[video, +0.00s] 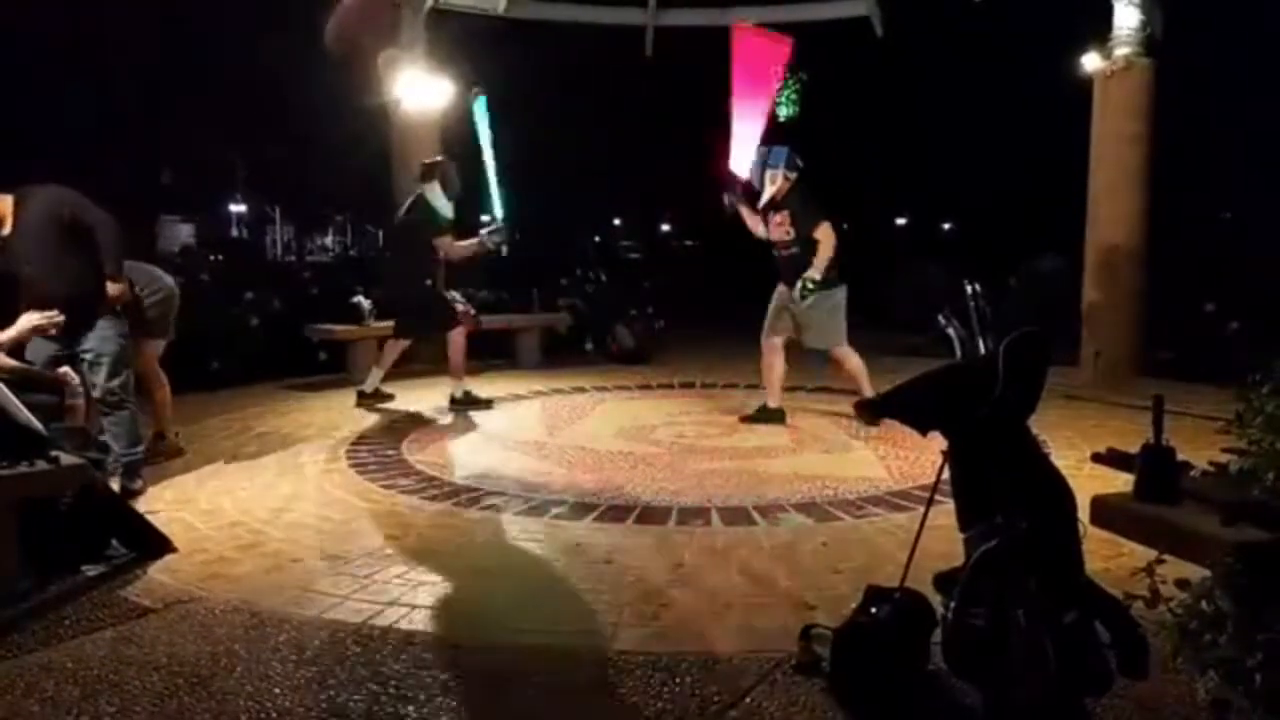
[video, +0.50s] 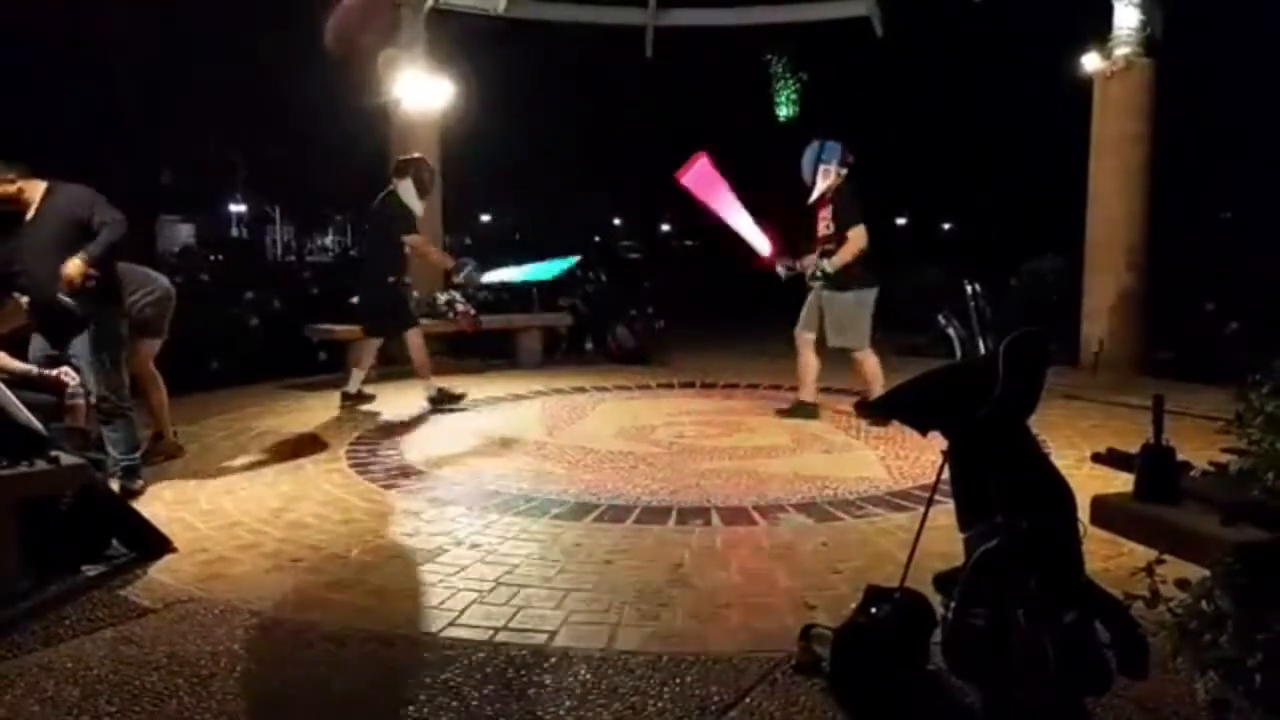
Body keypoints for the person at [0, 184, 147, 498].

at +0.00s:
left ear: (4, 200)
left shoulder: (48, 201)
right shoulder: (5, 247)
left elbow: (105, 226)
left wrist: (114, 276)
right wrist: (16, 330)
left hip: (94, 313)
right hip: (42, 326)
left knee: (110, 393)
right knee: (36, 396)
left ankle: (127, 469)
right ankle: (56, 473)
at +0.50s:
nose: (5, 200)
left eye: (4, 193)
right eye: (2, 195)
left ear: (16, 182)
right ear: (8, 189)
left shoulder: (72, 198)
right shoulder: (15, 223)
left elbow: (116, 225)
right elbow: (15, 272)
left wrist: (84, 259)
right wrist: (17, 296)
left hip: (91, 314)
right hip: (47, 321)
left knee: (106, 396)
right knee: (42, 399)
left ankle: (126, 471)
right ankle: (60, 472)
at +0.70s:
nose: (17, 195)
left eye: (17, 186)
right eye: (13, 189)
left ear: (35, 174)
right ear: (31, 179)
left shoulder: (90, 197)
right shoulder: (43, 213)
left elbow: (108, 233)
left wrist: (52, 244)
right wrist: (26, 272)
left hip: (104, 314)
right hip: (61, 317)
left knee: (113, 397)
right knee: (54, 393)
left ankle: (127, 471)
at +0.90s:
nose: (29, 195)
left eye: (29, 185)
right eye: (24, 189)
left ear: (48, 174)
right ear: (44, 179)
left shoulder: (96, 201)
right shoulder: (60, 210)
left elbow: (85, 242)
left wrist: (32, 247)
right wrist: (24, 262)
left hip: (109, 311)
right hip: (73, 311)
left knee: (115, 395)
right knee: (62, 388)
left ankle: (127, 470)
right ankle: (75, 466)